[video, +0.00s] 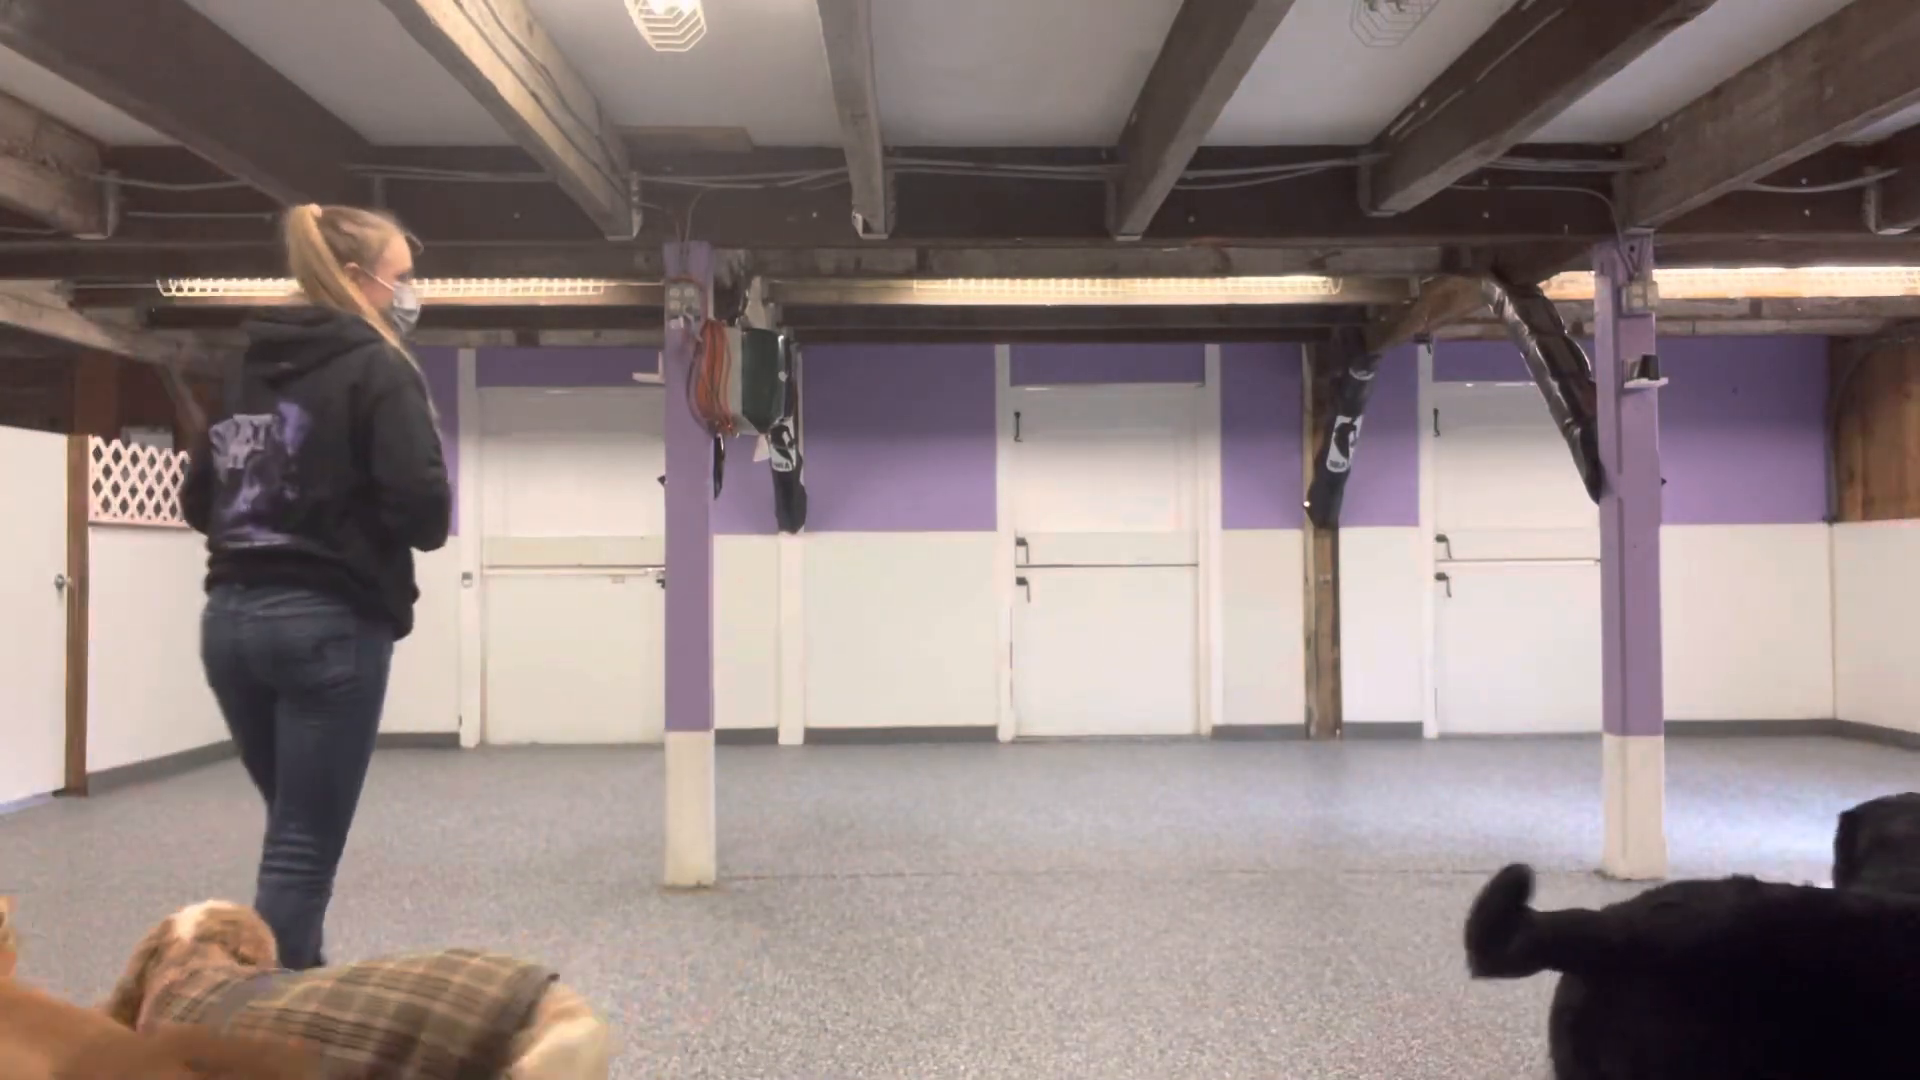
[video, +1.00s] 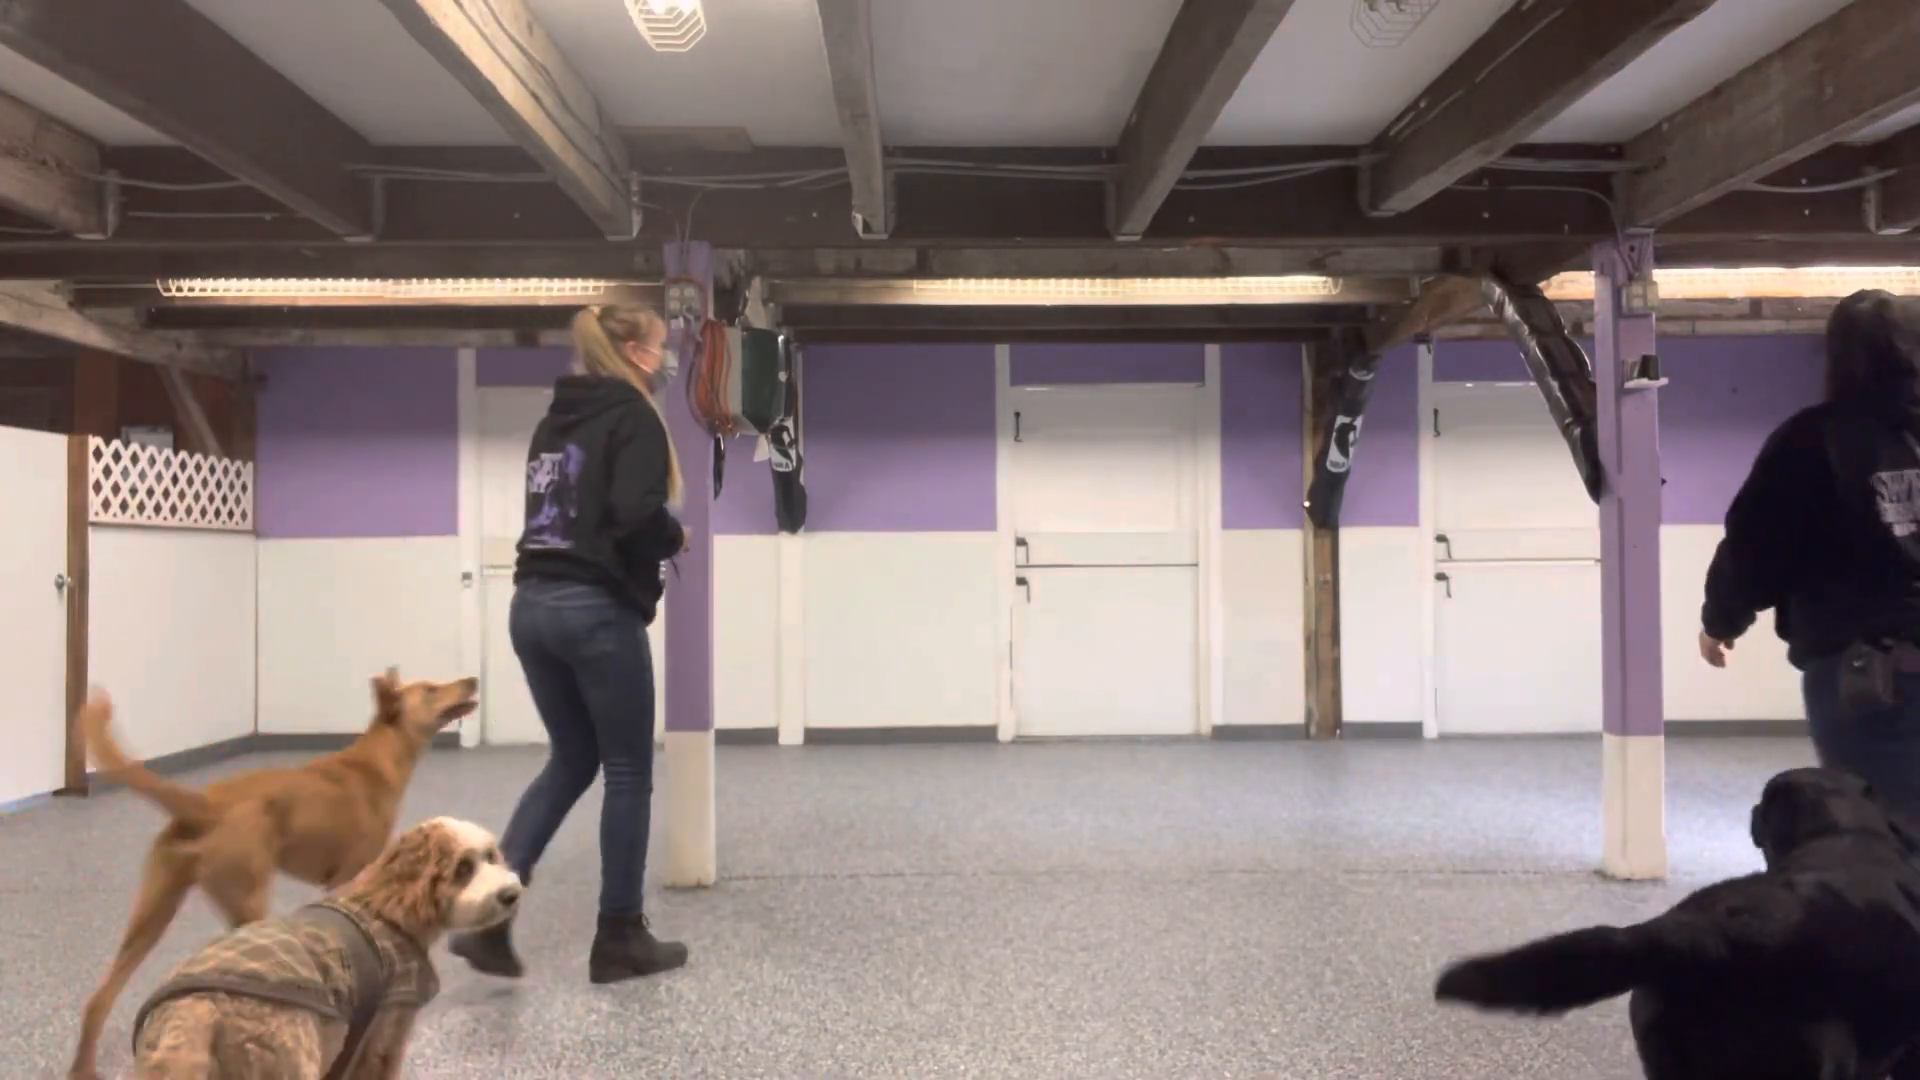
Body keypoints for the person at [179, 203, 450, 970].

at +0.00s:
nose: (410, 294)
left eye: (410, 278)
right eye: (401, 278)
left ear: (332, 277)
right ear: (357, 278)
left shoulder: (253, 362)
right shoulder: (380, 366)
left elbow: (199, 496)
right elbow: (425, 515)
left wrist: (270, 524)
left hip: (230, 622)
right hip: (330, 625)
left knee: (295, 835)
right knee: (301, 855)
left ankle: (304, 1013)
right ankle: (255, 1036)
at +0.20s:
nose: (433, 312)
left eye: (433, 297)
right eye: (425, 297)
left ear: (364, 300)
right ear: (386, 300)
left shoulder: (297, 382)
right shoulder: (405, 383)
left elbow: (259, 511)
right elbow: (429, 508)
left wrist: (323, 538)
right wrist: (457, 523)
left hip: (289, 621)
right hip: (373, 625)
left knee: (342, 818)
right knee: (369, 833)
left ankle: (356, 986)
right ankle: (310, 988)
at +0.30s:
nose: (456, 305)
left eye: (452, 292)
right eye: (446, 294)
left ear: (387, 309)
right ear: (409, 307)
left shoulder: (328, 386)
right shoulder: (416, 386)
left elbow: (315, 509)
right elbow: (421, 507)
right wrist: (474, 522)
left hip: (318, 620)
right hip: (393, 626)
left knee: (374, 805)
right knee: (437, 813)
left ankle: (327, 956)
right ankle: (345, 959)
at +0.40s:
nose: (494, 308)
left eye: (488, 294)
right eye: (482, 297)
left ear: (428, 314)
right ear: (444, 312)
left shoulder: (374, 380)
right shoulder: (442, 384)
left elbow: (367, 498)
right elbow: (437, 495)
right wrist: (501, 525)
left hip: (351, 610)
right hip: (419, 616)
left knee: (392, 792)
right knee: (498, 781)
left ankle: (351, 955)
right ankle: (425, 961)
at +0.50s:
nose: (520, 325)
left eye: (516, 312)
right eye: (511, 313)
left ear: (453, 321)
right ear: (473, 322)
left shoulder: (408, 387)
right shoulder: (469, 391)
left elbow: (391, 500)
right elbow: (457, 493)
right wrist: (527, 528)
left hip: (378, 612)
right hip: (443, 620)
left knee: (403, 798)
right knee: (517, 778)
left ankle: (358, 970)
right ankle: (517, 964)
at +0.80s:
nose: (612, 360)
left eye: (609, 347)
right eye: (605, 348)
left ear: (553, 354)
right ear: (574, 355)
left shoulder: (501, 414)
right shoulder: (570, 422)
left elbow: (485, 524)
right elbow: (558, 521)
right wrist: (617, 552)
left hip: (471, 622)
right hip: (539, 629)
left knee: (477, 790)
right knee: (595, 784)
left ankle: (386, 919)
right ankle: (621, 937)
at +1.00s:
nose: (664, 359)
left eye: (663, 347)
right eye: (659, 348)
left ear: (600, 346)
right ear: (632, 348)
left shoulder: (557, 415)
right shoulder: (634, 417)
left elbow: (550, 513)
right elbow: (636, 513)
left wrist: (625, 534)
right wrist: (674, 536)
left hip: (533, 605)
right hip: (596, 610)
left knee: (571, 758)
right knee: (629, 771)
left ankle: (489, 906)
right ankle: (620, 935)